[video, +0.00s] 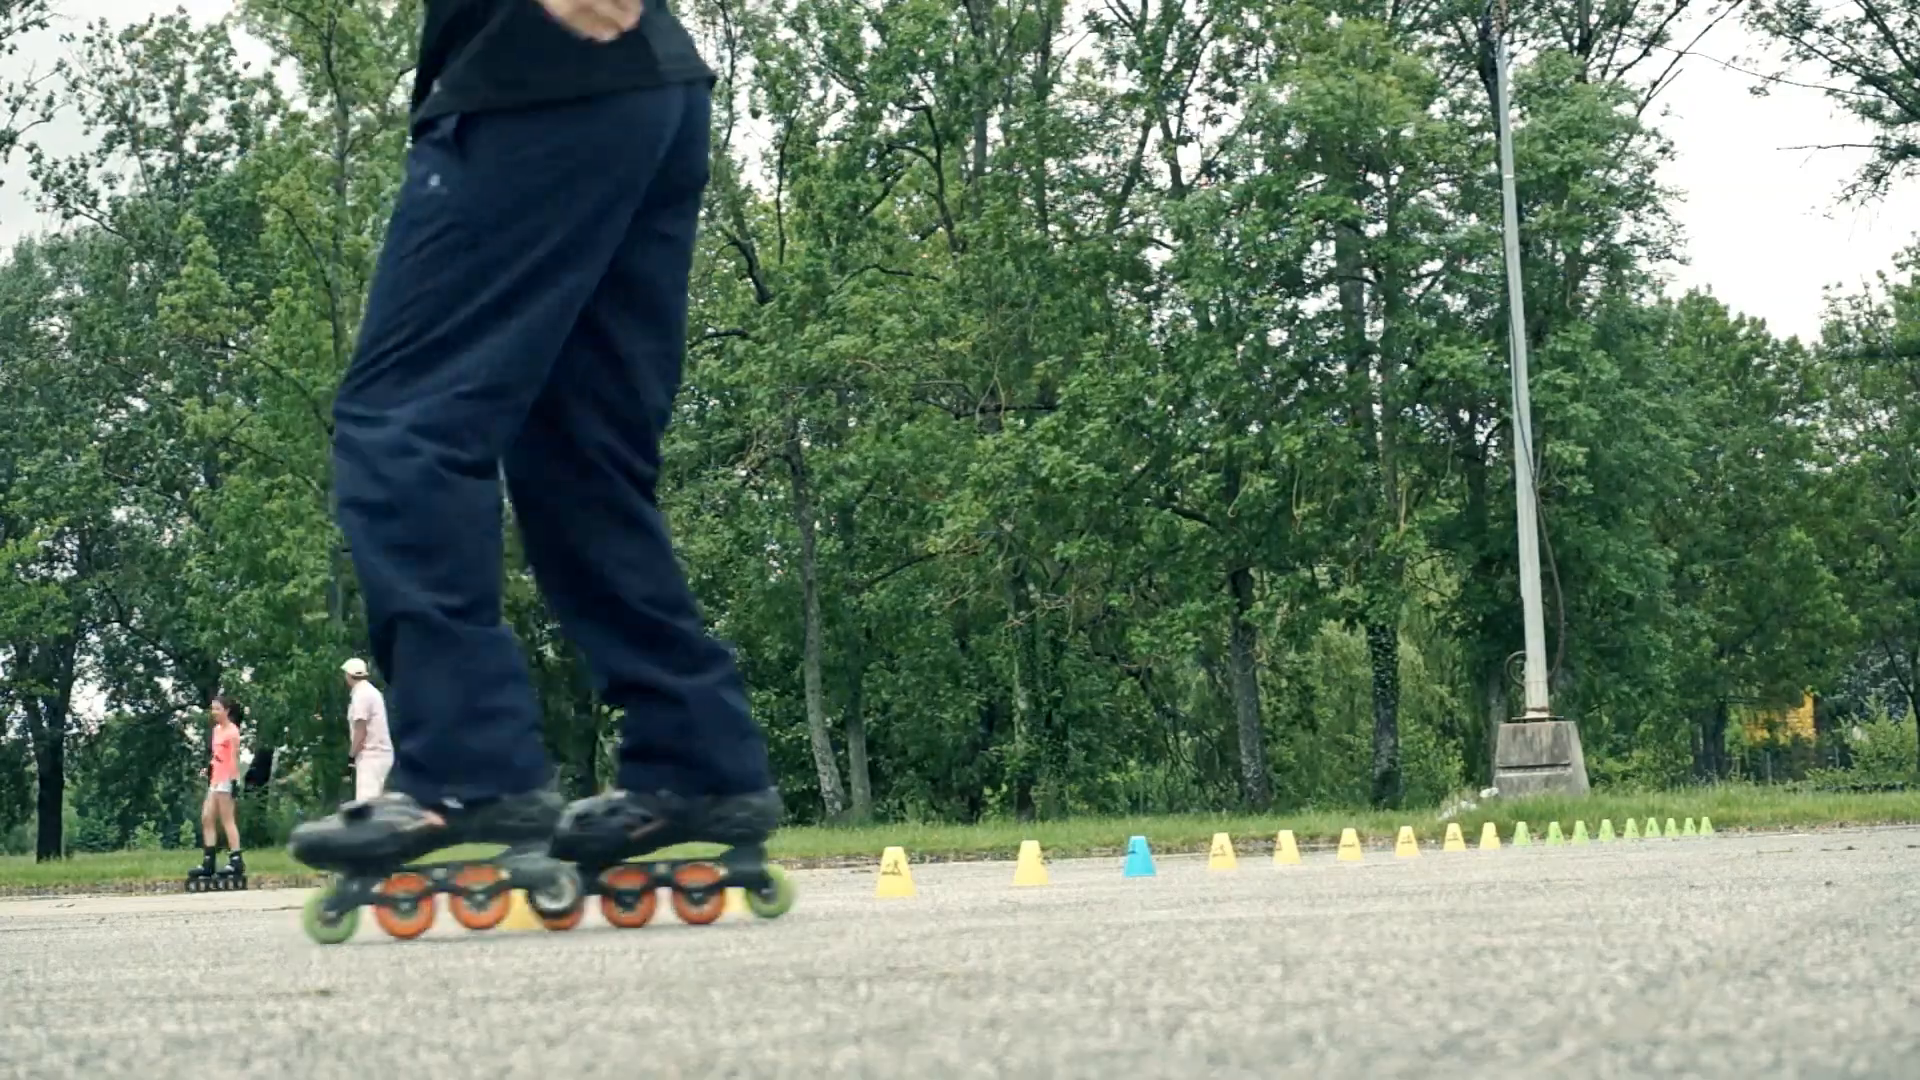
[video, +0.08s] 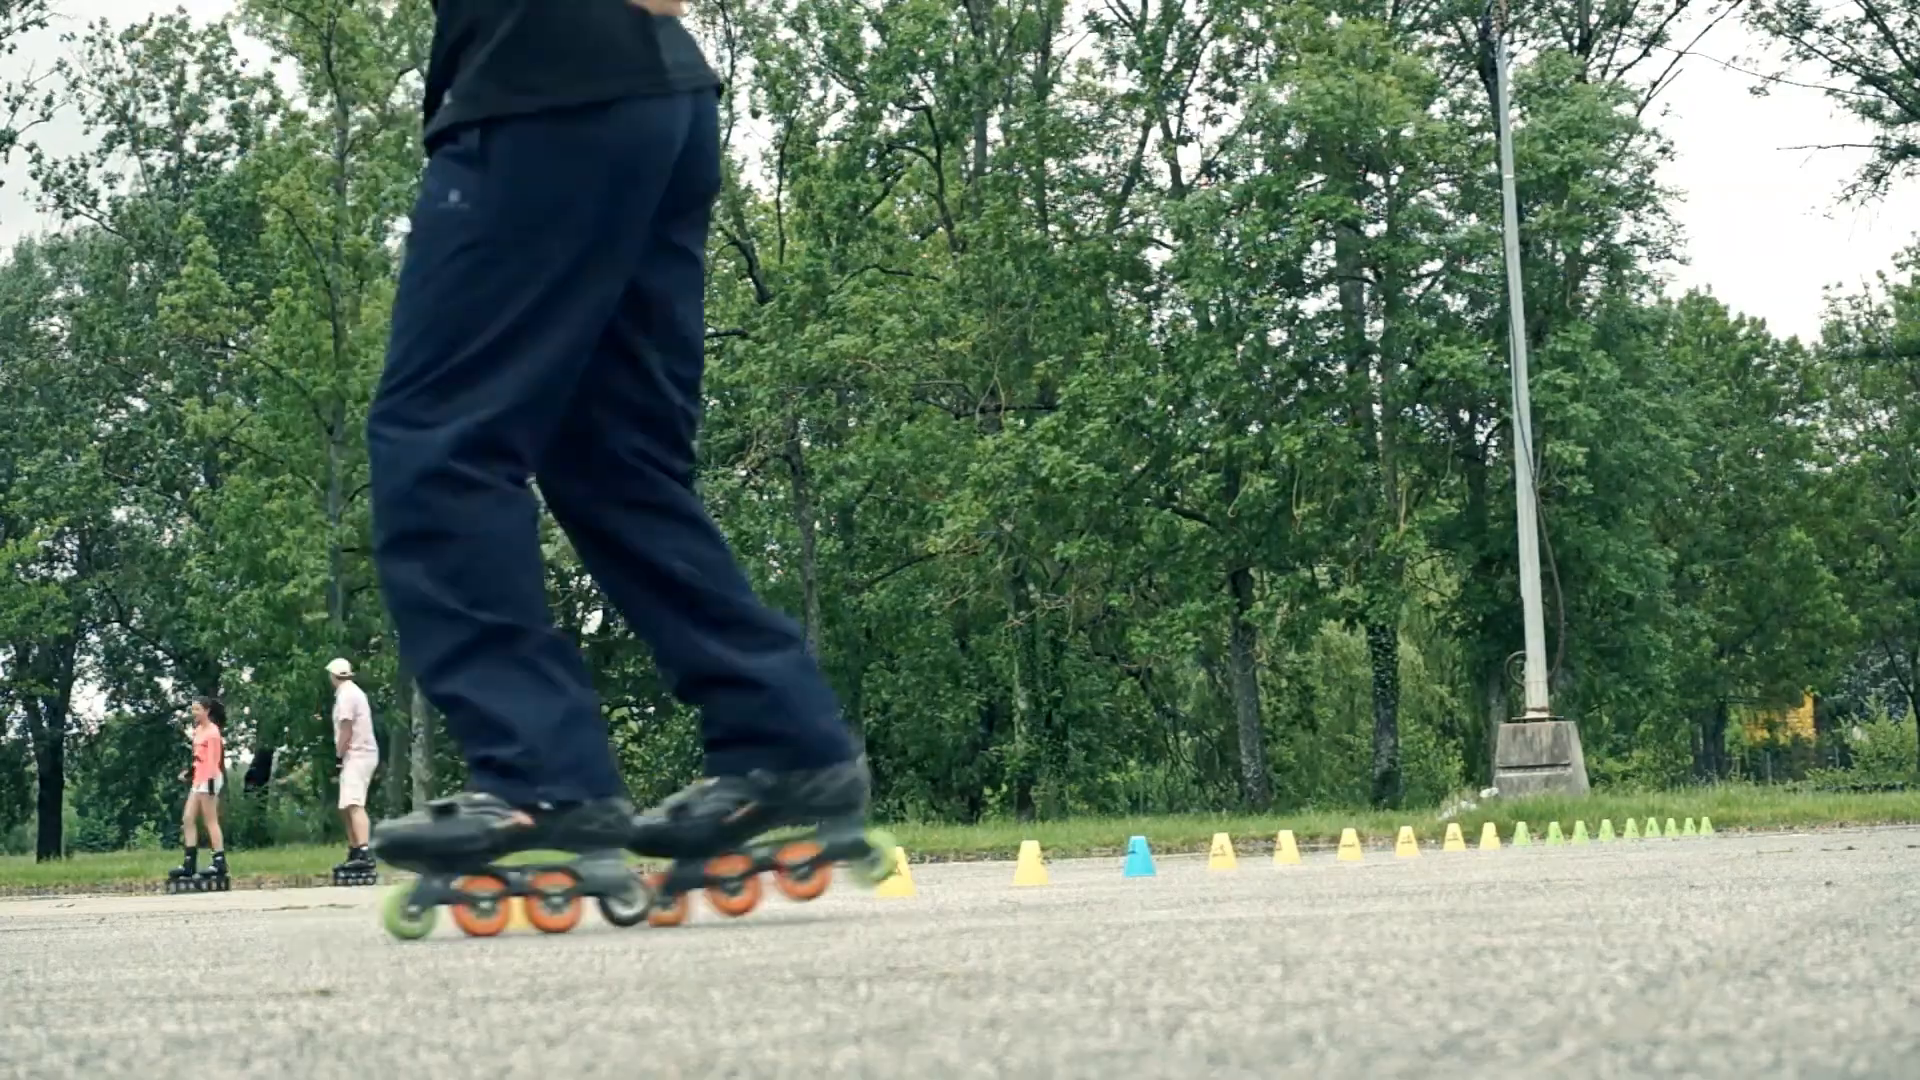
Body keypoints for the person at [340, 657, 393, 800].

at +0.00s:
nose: (345, 678)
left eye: (346, 674)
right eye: (345, 674)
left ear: (349, 676)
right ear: (363, 674)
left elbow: (360, 728)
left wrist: (352, 754)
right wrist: (355, 752)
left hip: (371, 754)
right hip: (381, 752)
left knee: (365, 801)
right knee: (371, 801)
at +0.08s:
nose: (329, 678)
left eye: (330, 675)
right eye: (331, 675)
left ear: (334, 675)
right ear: (347, 674)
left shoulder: (346, 693)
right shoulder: (352, 691)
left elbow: (346, 725)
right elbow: (349, 726)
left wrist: (340, 750)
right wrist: (342, 748)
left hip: (359, 753)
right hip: (358, 752)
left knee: (354, 803)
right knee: (347, 804)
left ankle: (363, 850)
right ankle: (355, 849)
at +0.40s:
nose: (263, 683)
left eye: (265, 679)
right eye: (263, 679)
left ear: (274, 677)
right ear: (275, 678)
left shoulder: (287, 694)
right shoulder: (283, 696)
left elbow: (290, 729)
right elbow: (285, 730)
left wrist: (286, 758)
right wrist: (278, 756)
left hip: (299, 755)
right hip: (289, 755)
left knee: (295, 805)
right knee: (284, 807)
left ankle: (304, 852)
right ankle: (294, 851)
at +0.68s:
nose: (212, 687)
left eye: (214, 682)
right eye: (211, 683)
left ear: (225, 678)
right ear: (221, 680)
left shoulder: (237, 696)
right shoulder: (231, 699)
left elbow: (240, 729)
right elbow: (236, 732)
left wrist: (234, 761)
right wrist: (229, 760)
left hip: (248, 756)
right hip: (237, 757)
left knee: (244, 806)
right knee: (233, 808)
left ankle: (254, 855)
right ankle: (242, 855)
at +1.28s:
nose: (112, 685)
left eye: (114, 680)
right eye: (111, 681)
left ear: (124, 679)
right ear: (121, 680)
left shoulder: (134, 700)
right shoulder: (129, 701)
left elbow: (140, 733)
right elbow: (134, 736)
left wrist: (140, 766)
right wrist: (129, 766)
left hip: (139, 761)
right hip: (130, 761)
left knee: (138, 811)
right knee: (128, 812)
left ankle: (148, 860)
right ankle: (137, 859)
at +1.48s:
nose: (74, 685)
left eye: (77, 681)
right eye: (74, 681)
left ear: (87, 680)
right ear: (84, 682)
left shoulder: (98, 702)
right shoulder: (92, 702)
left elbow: (102, 735)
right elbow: (98, 736)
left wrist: (100, 767)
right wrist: (95, 766)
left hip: (108, 760)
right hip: (96, 760)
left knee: (104, 812)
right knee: (94, 815)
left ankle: (114, 860)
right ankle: (102, 860)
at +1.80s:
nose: (16, 689)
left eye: (18, 684)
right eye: (15, 685)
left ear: (29, 684)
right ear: (28, 684)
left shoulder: (41, 703)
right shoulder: (36, 704)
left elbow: (39, 735)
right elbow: (36, 737)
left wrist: (30, 763)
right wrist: (31, 761)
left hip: (55, 764)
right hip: (46, 765)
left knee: (51, 815)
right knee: (42, 817)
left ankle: (61, 865)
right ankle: (49, 864)